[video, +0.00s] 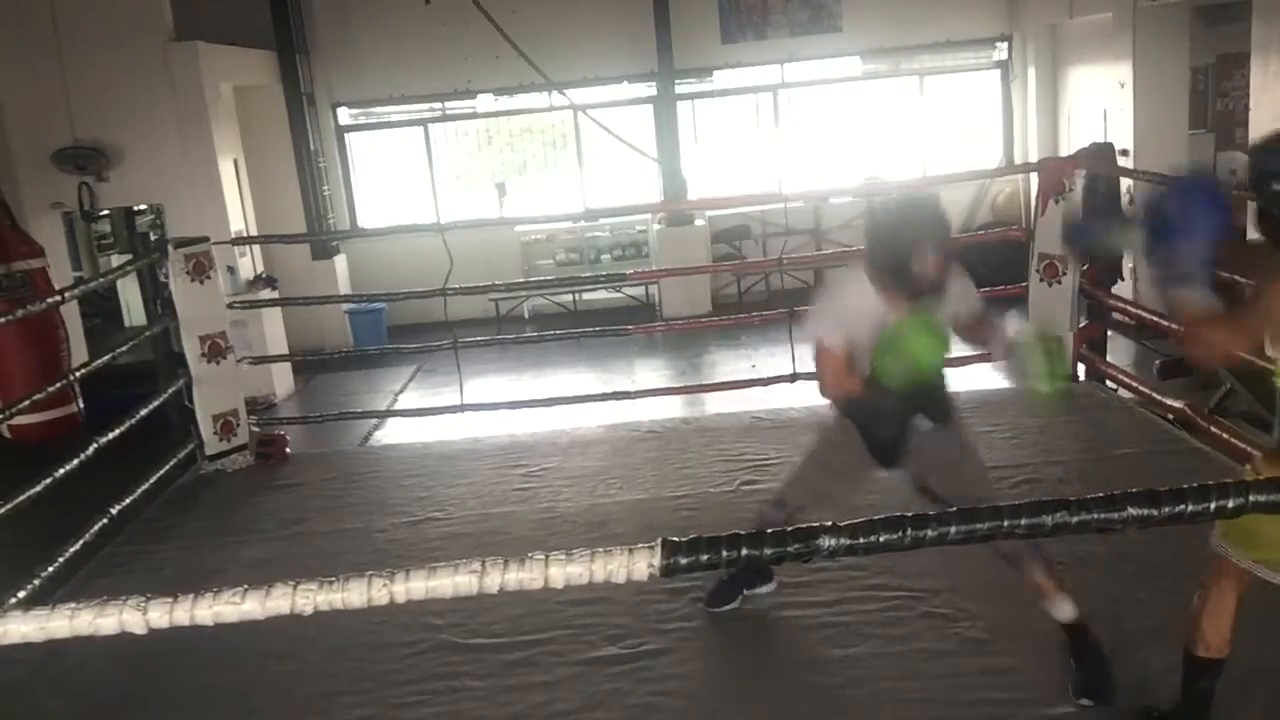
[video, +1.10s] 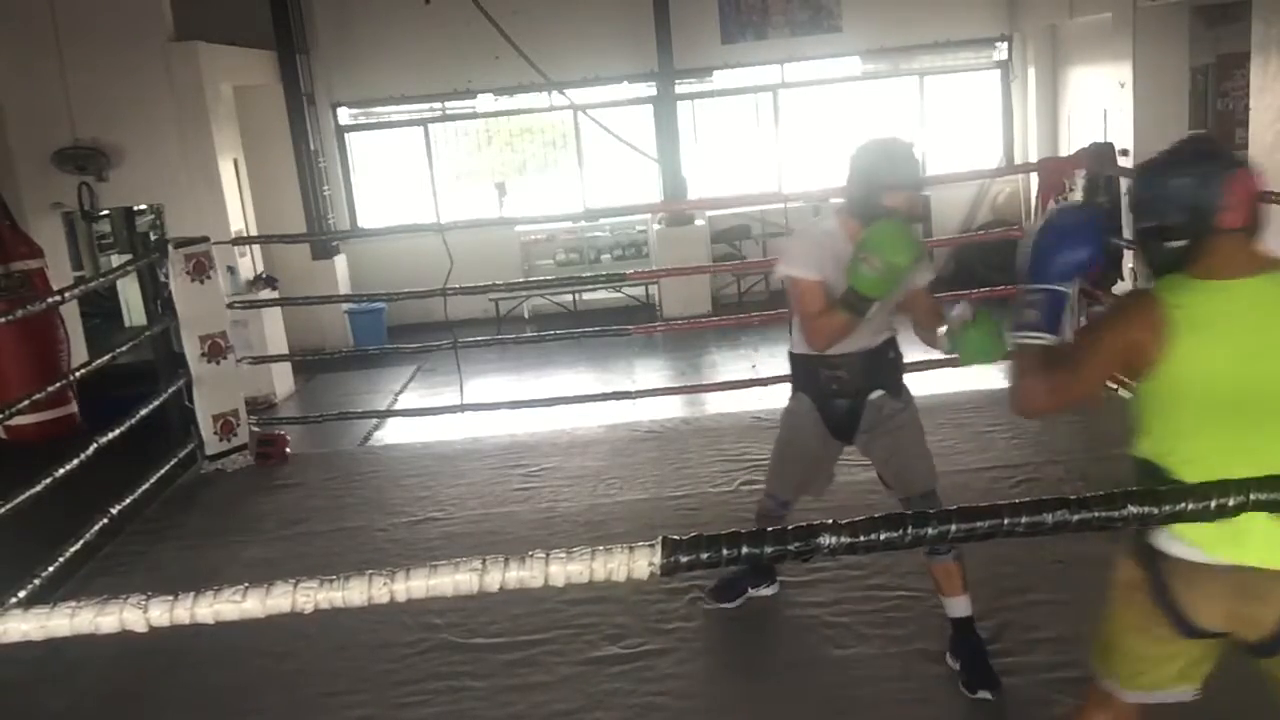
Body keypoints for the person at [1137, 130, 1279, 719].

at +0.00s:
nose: (1255, 193)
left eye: (1259, 184)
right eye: (1258, 181)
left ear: (1263, 195)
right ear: (1263, 192)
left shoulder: (1269, 267)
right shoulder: (1263, 264)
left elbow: (1219, 344)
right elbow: (1221, 342)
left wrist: (1182, 269)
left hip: (1264, 460)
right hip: (1257, 456)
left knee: (1224, 578)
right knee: (1224, 578)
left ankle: (1192, 707)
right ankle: (1193, 705)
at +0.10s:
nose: (1270, 222)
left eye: (1272, 207)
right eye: (1269, 207)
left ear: (1274, 216)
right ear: (1266, 215)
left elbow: (1270, 389)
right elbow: (1265, 381)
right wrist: (1223, 344)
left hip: (1267, 481)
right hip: (1263, 475)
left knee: (1219, 577)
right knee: (1219, 577)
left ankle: (1184, 705)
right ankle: (1185, 703)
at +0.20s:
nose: (1269, 222)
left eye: (1272, 208)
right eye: (1270, 207)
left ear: (1275, 224)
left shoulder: (1274, 307)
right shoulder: (1269, 305)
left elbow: (1209, 376)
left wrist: (1088, 398)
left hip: (1272, 496)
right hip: (1269, 494)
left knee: (1235, 586)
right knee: (1233, 587)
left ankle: (1165, 704)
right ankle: (1166, 702)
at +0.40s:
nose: (1206, 225)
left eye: (1214, 214)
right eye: (1209, 213)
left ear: (1232, 219)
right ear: (1269, 216)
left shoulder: (1208, 299)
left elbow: (1145, 396)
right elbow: (1149, 394)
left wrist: (1189, 415)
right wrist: (1188, 415)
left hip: (1255, 503)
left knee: (1201, 604)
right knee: (1201, 604)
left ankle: (1149, 707)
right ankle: (1151, 705)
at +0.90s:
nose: (1229, 204)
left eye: (1237, 190)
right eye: (1237, 188)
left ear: (1254, 202)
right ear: (1271, 205)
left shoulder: (1255, 288)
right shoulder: (1254, 285)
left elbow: (1185, 410)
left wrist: (1155, 385)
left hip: (1263, 538)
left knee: (1170, 667)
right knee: (1171, 664)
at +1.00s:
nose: (1190, 214)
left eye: (1200, 197)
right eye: (1196, 195)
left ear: (1225, 207)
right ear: (1264, 205)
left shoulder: (1214, 303)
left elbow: (1092, 406)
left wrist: (1088, 322)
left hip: (1245, 551)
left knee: (1137, 687)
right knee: (1139, 684)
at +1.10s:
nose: (1146, 231)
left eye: (1155, 215)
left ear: (1172, 222)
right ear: (1241, 209)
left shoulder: (1155, 314)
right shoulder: (1273, 282)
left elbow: (1034, 393)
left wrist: (1043, 284)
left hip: (1187, 562)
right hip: (1274, 563)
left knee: (1114, 701)